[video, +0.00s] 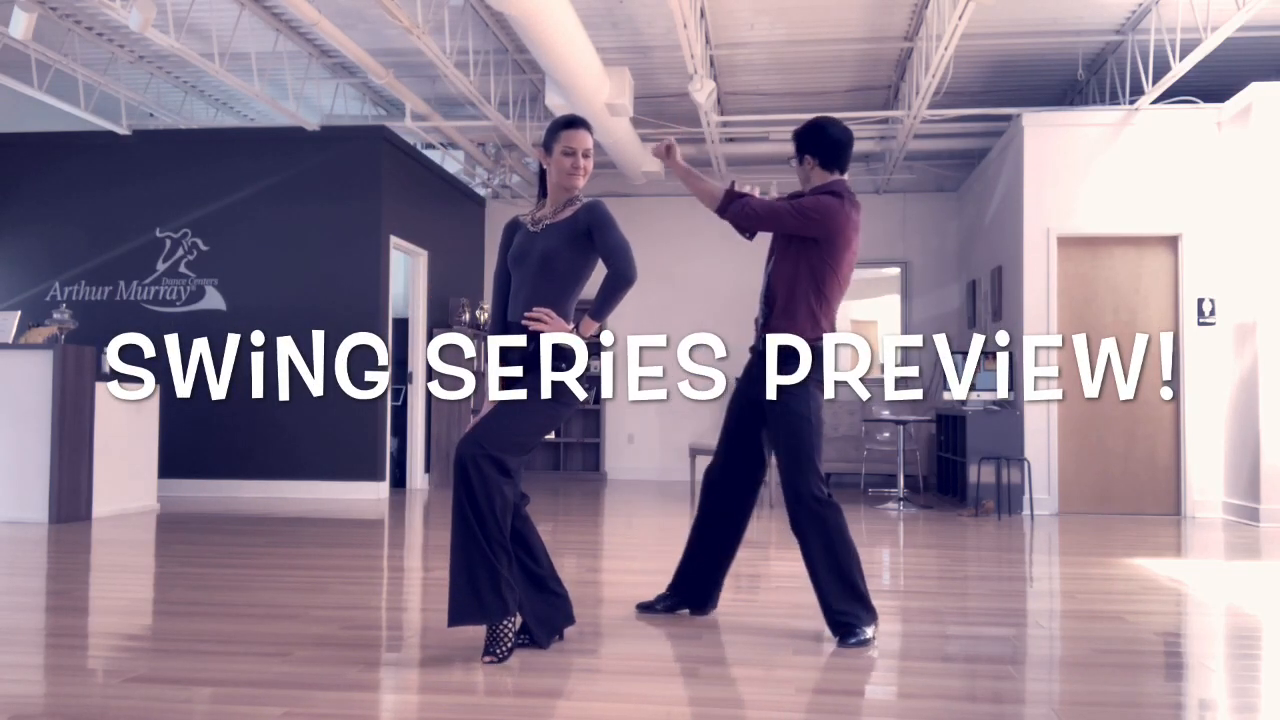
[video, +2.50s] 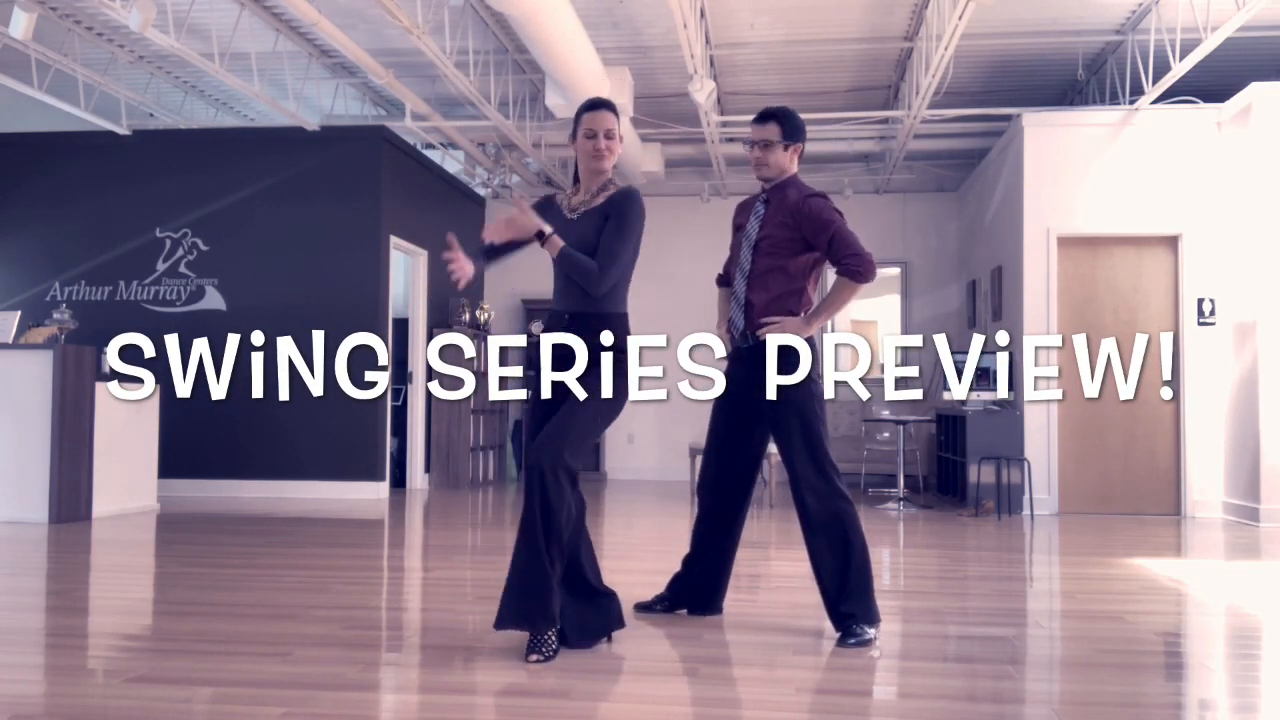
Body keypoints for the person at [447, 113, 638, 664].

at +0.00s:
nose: (578, 163)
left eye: (586, 155)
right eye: (568, 153)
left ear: (593, 164)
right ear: (543, 158)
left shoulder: (591, 214)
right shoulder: (517, 227)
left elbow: (623, 271)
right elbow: (500, 311)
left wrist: (584, 326)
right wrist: (490, 387)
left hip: (558, 371)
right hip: (515, 371)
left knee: (476, 451)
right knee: (496, 485)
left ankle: (503, 605)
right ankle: (546, 608)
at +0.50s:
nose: (575, 161)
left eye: (583, 152)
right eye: (564, 151)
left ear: (591, 160)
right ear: (541, 156)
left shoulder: (589, 209)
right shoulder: (517, 225)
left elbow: (622, 267)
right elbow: (500, 310)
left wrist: (583, 326)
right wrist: (492, 386)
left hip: (559, 369)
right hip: (516, 368)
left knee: (476, 451)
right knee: (499, 482)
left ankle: (505, 605)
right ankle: (546, 608)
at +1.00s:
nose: (578, 154)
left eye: (585, 146)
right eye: (567, 145)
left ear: (593, 153)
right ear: (545, 152)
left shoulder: (592, 201)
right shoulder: (521, 220)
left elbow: (628, 256)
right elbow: (504, 307)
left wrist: (591, 322)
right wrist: (492, 386)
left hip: (560, 361)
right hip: (518, 361)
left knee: (490, 450)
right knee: (503, 476)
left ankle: (510, 607)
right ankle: (546, 607)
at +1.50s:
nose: (577, 138)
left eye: (587, 130)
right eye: (568, 128)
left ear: (598, 142)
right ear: (551, 138)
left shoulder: (601, 200)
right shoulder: (532, 205)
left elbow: (644, 221)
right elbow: (493, 277)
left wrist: (570, 221)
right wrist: (496, 300)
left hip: (575, 349)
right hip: (532, 347)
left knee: (520, 469)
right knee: (523, 475)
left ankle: (551, 619)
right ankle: (585, 599)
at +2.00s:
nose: (597, 157)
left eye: (607, 149)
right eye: (588, 148)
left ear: (616, 160)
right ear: (568, 157)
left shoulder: (626, 215)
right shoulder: (545, 225)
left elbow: (694, 159)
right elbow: (516, 287)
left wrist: (644, 101)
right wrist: (566, 244)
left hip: (583, 368)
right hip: (538, 367)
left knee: (510, 464)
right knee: (539, 487)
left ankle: (537, 614)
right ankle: (588, 607)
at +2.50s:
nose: (603, 144)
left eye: (611, 136)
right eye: (592, 135)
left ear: (622, 145)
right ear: (573, 143)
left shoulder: (627, 203)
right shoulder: (554, 205)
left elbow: (604, 282)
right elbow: (505, 243)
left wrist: (546, 235)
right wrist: (473, 259)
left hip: (604, 357)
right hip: (553, 354)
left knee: (551, 456)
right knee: (545, 468)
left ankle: (546, 616)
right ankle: (590, 606)